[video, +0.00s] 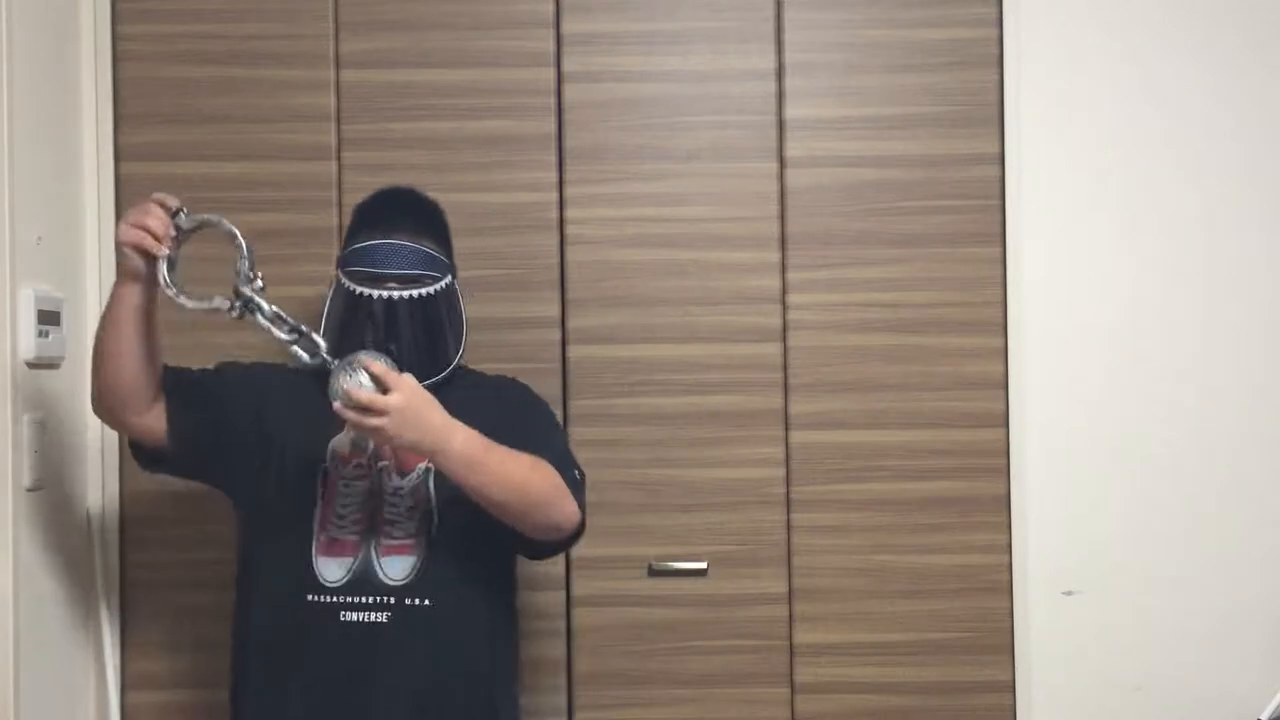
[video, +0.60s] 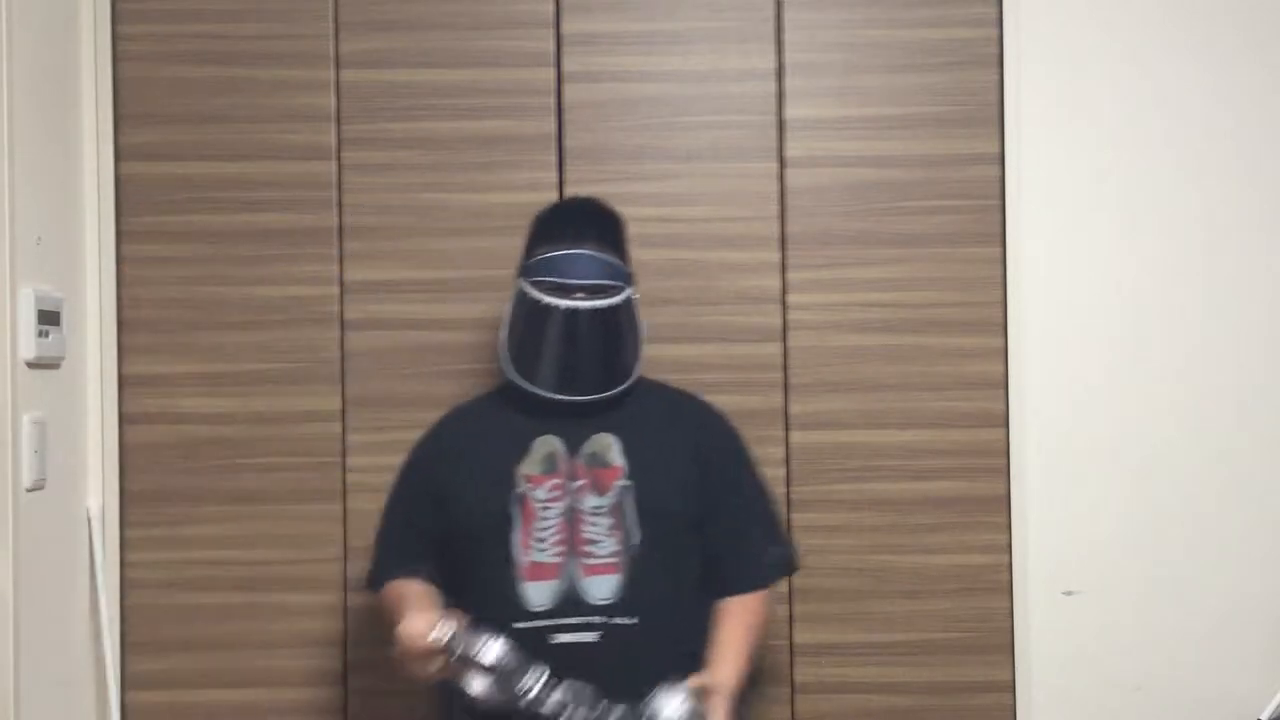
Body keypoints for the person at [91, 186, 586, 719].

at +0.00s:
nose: (390, 301)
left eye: (413, 281)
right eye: (371, 279)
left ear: (448, 289)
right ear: (339, 282)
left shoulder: (501, 409)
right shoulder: (272, 401)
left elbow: (559, 519)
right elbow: (128, 405)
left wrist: (439, 436)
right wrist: (136, 280)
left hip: (453, 701)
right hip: (290, 700)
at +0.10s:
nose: (396, 303)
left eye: (420, 284)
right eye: (378, 282)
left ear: (456, 293)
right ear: (347, 285)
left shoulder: (507, 414)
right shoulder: (270, 405)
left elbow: (575, 528)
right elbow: (134, 426)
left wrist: (451, 467)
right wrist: (142, 318)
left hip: (457, 701)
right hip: (289, 701)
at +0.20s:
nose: (415, 308)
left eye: (439, 289)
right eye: (398, 287)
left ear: (473, 296)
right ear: (367, 287)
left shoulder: (526, 421)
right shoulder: (292, 410)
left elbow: (600, 546)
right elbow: (160, 473)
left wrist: (479, 530)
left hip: (468, 702)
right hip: (301, 702)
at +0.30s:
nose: (444, 317)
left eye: (466, 299)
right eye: (427, 295)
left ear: (500, 304)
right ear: (395, 294)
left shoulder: (554, 431)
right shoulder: (322, 419)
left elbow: (622, 558)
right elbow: (220, 525)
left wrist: (527, 608)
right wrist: (214, 498)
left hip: (498, 707)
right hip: (332, 704)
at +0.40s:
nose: (486, 330)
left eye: (506, 310)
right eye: (468, 308)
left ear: (537, 311)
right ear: (435, 305)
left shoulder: (592, 437)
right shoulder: (363, 433)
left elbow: (636, 582)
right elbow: (304, 550)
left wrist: (582, 683)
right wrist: (286, 602)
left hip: (527, 701)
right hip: (382, 695)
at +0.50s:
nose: (532, 335)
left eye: (552, 315)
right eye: (512, 314)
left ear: (583, 316)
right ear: (479, 311)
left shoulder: (646, 441)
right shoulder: (416, 442)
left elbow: (684, 583)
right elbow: (369, 559)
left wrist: (648, 699)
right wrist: (369, 641)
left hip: (593, 704)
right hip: (444, 705)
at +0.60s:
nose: (575, 331)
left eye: (596, 311)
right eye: (555, 311)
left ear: (627, 309)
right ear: (522, 307)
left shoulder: (695, 435)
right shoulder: (459, 441)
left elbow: (748, 574)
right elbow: (405, 559)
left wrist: (720, 684)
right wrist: (420, 618)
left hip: (659, 699)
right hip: (506, 700)